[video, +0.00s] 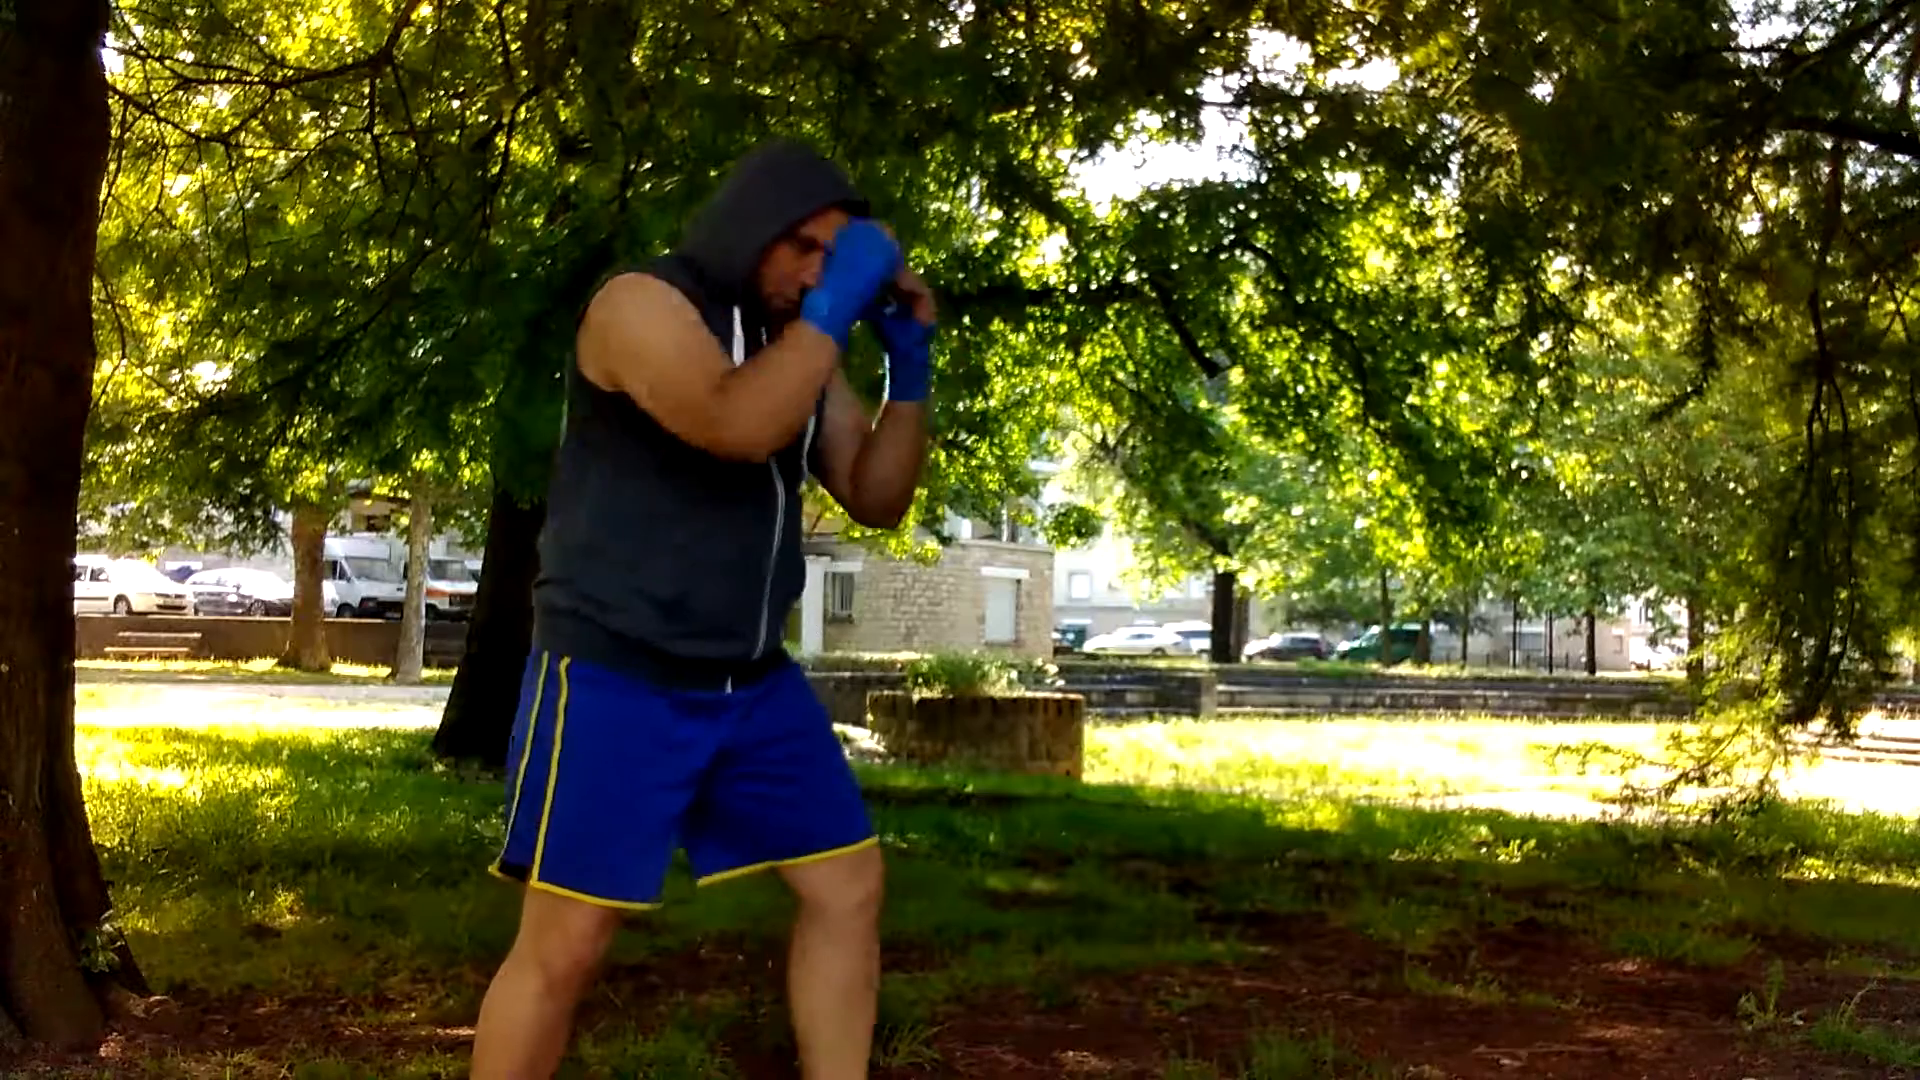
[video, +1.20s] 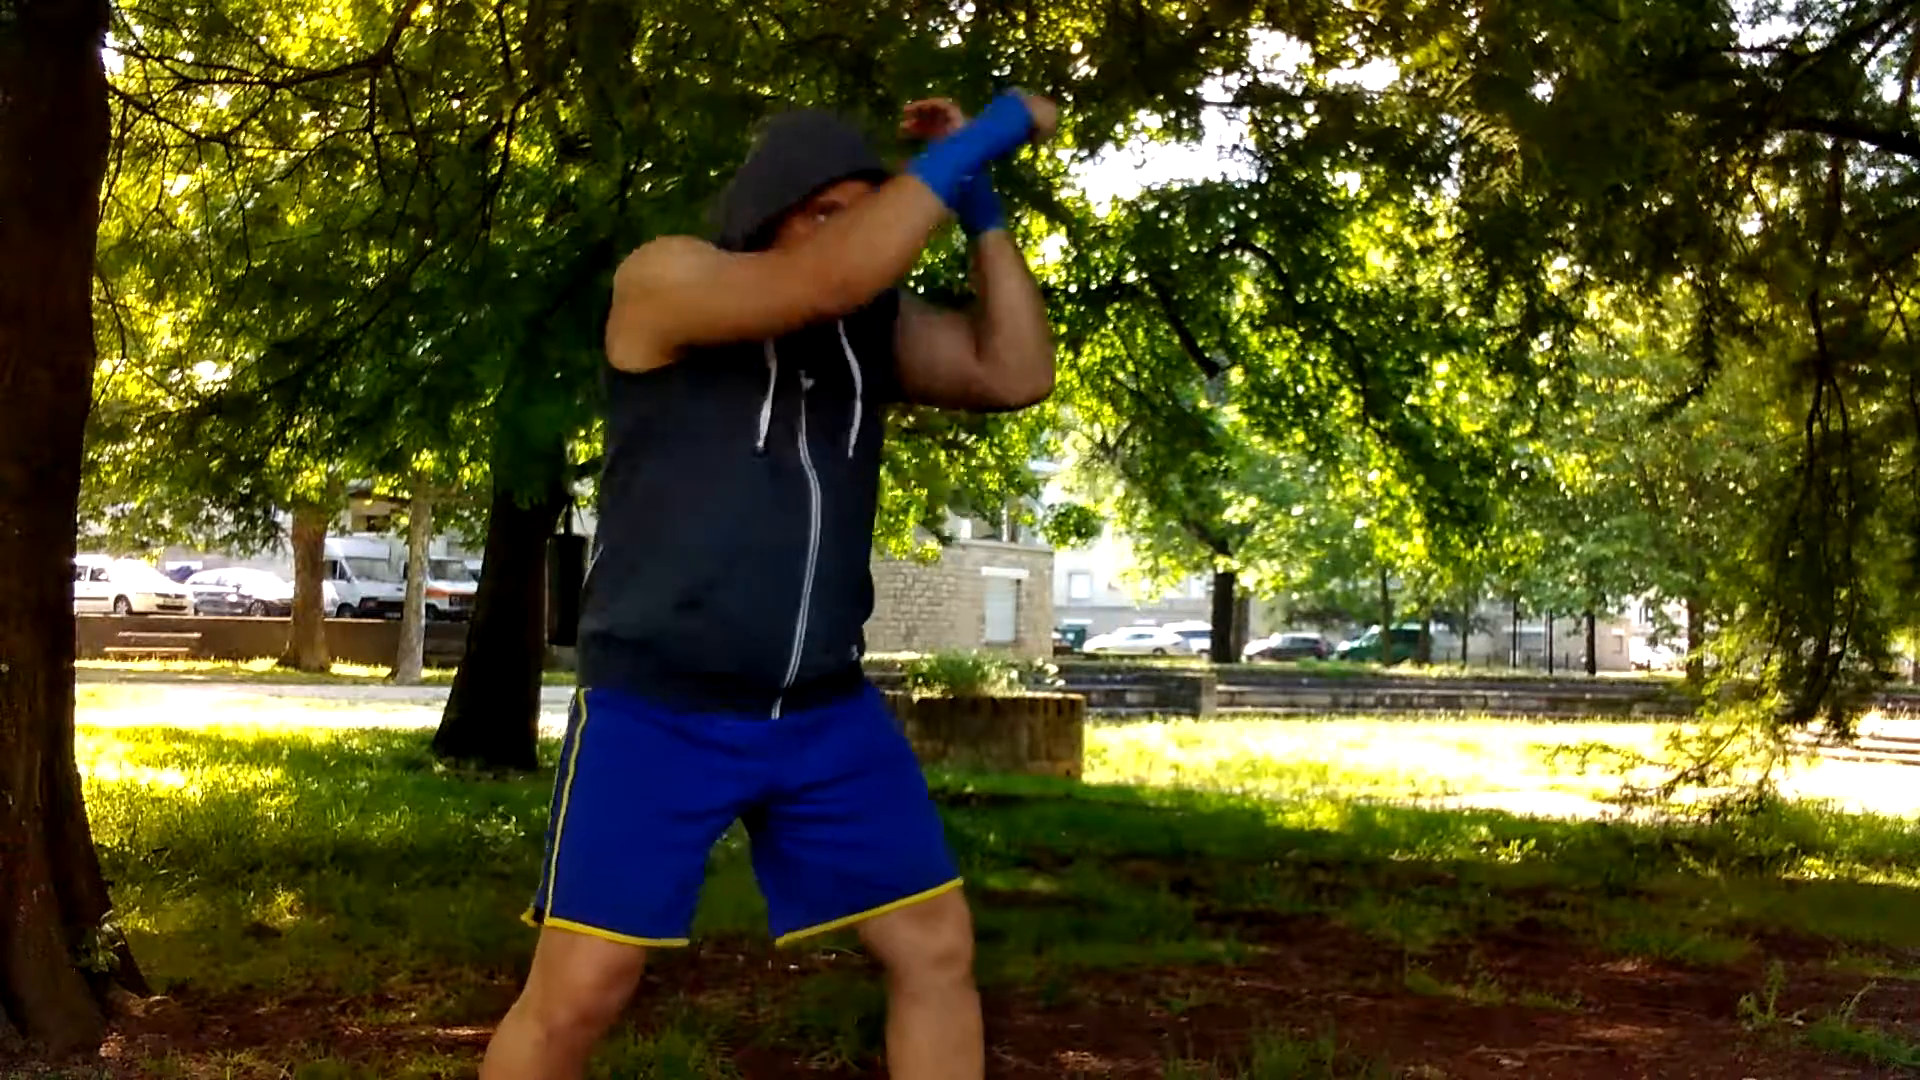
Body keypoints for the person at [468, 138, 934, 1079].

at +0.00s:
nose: (818, 277)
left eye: (831, 259)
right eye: (804, 248)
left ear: (837, 262)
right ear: (746, 231)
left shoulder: (796, 352)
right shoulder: (634, 305)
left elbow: (876, 498)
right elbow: (739, 424)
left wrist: (910, 363)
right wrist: (836, 306)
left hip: (750, 677)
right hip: (611, 675)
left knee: (845, 880)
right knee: (563, 943)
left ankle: (837, 1074)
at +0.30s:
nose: (831, 264)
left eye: (848, 246)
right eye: (816, 233)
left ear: (853, 255)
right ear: (760, 219)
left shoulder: (827, 353)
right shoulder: (627, 308)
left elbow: (885, 524)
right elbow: (650, 490)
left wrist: (923, 378)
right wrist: (781, 370)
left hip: (781, 693)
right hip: (626, 688)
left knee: (856, 920)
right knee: (557, 957)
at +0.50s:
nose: (788, 247)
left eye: (804, 228)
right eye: (768, 217)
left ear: (813, 240)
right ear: (707, 207)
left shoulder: (811, 345)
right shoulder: (588, 319)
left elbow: (883, 514)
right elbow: (631, 485)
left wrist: (895, 361)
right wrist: (737, 353)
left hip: (780, 694)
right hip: (618, 698)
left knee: (900, 896)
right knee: (550, 970)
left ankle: (881, 1075)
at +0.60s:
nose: (800, 239)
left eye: (818, 220)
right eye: (779, 210)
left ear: (832, 227)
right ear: (719, 199)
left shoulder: (813, 341)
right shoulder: (614, 289)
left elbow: (900, 497)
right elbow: (745, 361)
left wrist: (899, 338)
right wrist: (888, 262)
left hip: (791, 688)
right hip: (630, 691)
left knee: (887, 918)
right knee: (560, 972)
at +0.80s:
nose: (856, 247)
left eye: (877, 230)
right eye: (835, 218)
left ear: (893, 247)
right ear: (781, 215)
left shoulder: (879, 357)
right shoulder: (661, 311)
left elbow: (951, 522)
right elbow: (701, 475)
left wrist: (961, 348)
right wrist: (835, 329)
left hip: (824, 712)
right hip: (656, 705)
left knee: (909, 947)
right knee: (571, 970)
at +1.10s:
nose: (826, 237)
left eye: (844, 219)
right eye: (804, 209)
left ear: (857, 233)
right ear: (739, 204)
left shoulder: (842, 338)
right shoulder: (621, 305)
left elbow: (957, 474)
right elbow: (686, 451)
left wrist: (944, 315)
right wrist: (794, 309)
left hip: (815, 705)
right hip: (647, 707)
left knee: (932, 926)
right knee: (569, 987)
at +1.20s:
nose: (874, 232)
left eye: (878, 210)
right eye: (855, 208)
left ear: (870, 217)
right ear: (795, 215)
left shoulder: (867, 325)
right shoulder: (659, 280)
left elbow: (1017, 371)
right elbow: (837, 273)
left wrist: (978, 205)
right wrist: (967, 154)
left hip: (826, 708)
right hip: (657, 710)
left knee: (934, 948)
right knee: (578, 992)